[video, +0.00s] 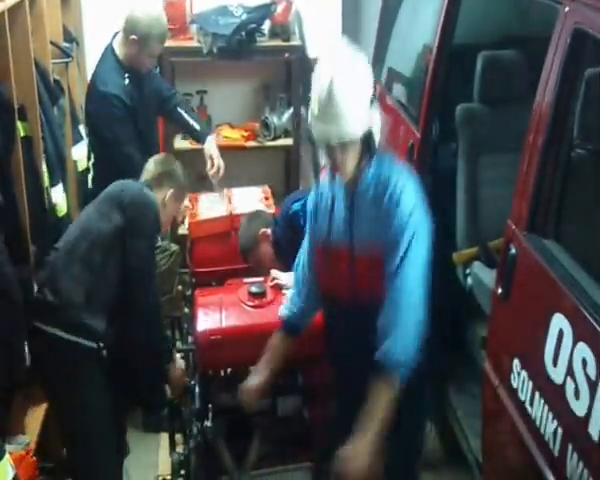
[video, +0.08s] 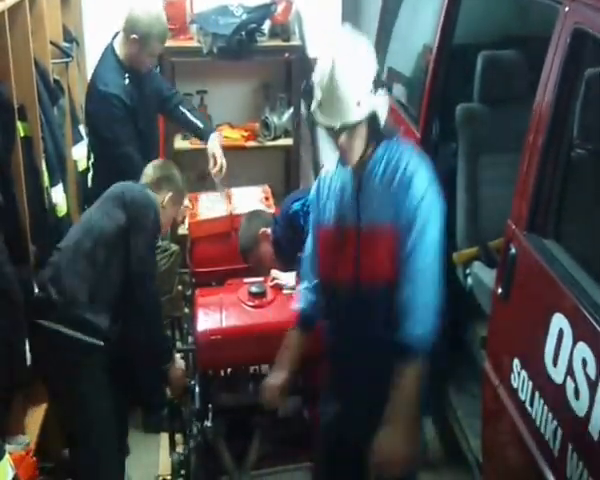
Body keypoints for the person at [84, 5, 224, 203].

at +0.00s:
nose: (154, 64)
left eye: (157, 57)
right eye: (151, 56)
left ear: (133, 42)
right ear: (133, 44)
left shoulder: (135, 60)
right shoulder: (109, 92)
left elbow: (171, 103)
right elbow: (132, 164)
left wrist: (207, 139)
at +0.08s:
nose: (155, 63)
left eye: (157, 56)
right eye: (152, 56)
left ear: (134, 42)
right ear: (133, 43)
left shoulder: (135, 60)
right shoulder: (108, 91)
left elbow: (171, 102)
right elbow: (130, 164)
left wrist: (210, 136)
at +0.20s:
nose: (156, 63)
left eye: (159, 56)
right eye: (154, 55)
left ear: (137, 41)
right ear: (136, 42)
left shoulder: (137, 60)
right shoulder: (108, 91)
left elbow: (174, 100)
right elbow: (126, 159)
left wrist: (215, 132)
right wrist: (160, 193)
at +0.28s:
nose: (158, 64)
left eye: (160, 56)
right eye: (155, 56)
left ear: (138, 41)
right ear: (137, 42)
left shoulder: (138, 61)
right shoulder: (108, 92)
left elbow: (175, 100)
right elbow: (127, 160)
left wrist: (216, 133)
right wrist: (163, 194)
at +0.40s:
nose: (158, 63)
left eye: (161, 56)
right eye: (156, 55)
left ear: (139, 41)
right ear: (138, 41)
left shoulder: (137, 61)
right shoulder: (108, 92)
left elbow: (175, 101)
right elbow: (126, 160)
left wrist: (213, 136)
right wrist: (162, 193)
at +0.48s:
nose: (158, 63)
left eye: (161, 56)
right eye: (156, 55)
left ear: (139, 41)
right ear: (138, 41)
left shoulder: (137, 61)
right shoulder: (109, 91)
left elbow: (174, 102)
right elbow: (126, 160)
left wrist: (212, 137)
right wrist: (163, 193)